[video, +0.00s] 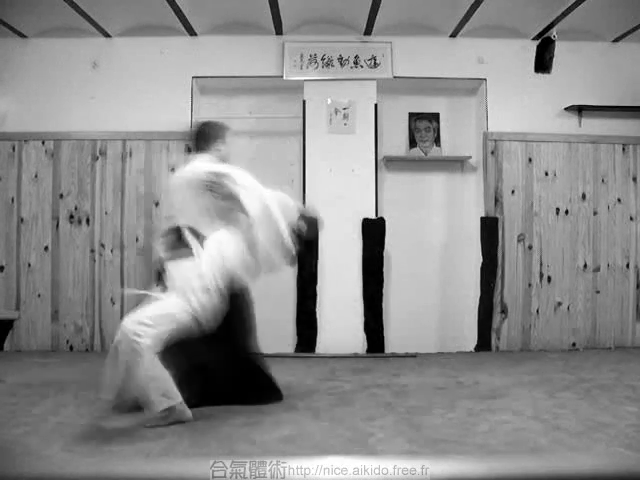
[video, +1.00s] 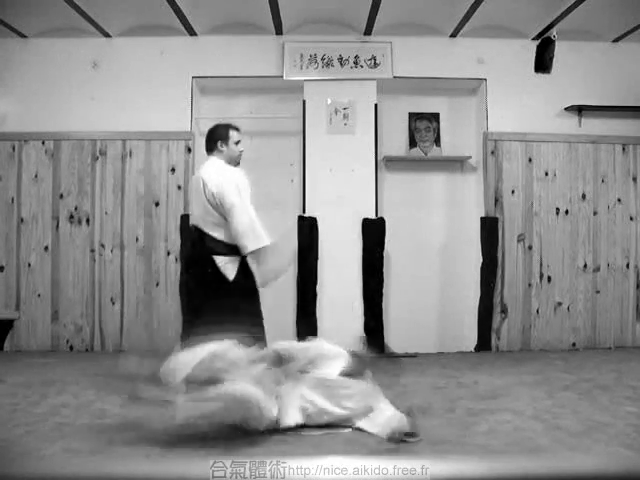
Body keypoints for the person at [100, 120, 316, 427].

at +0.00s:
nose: (228, 148)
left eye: (227, 142)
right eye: (225, 142)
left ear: (195, 144)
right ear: (217, 144)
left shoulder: (184, 174)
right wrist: (294, 213)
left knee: (135, 330)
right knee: (131, 328)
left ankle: (171, 408)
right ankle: (129, 398)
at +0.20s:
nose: (251, 146)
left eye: (251, 140)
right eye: (250, 140)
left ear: (221, 140)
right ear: (242, 141)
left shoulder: (201, 170)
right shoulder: (246, 170)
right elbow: (276, 202)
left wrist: (271, 233)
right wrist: (311, 224)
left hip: (202, 255)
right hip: (236, 258)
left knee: (205, 321)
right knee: (250, 320)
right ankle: (267, 387)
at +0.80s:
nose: (244, 146)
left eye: (243, 141)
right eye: (240, 141)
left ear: (222, 144)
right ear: (225, 144)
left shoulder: (217, 168)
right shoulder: (222, 172)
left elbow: (253, 202)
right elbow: (249, 204)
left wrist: (281, 224)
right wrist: (286, 228)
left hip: (219, 252)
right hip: (227, 256)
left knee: (218, 318)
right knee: (250, 316)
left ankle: (210, 383)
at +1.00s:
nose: (242, 148)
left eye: (241, 143)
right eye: (237, 143)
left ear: (219, 147)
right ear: (221, 146)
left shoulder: (203, 172)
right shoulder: (227, 176)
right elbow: (241, 219)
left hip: (203, 248)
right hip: (226, 252)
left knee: (208, 312)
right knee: (243, 313)